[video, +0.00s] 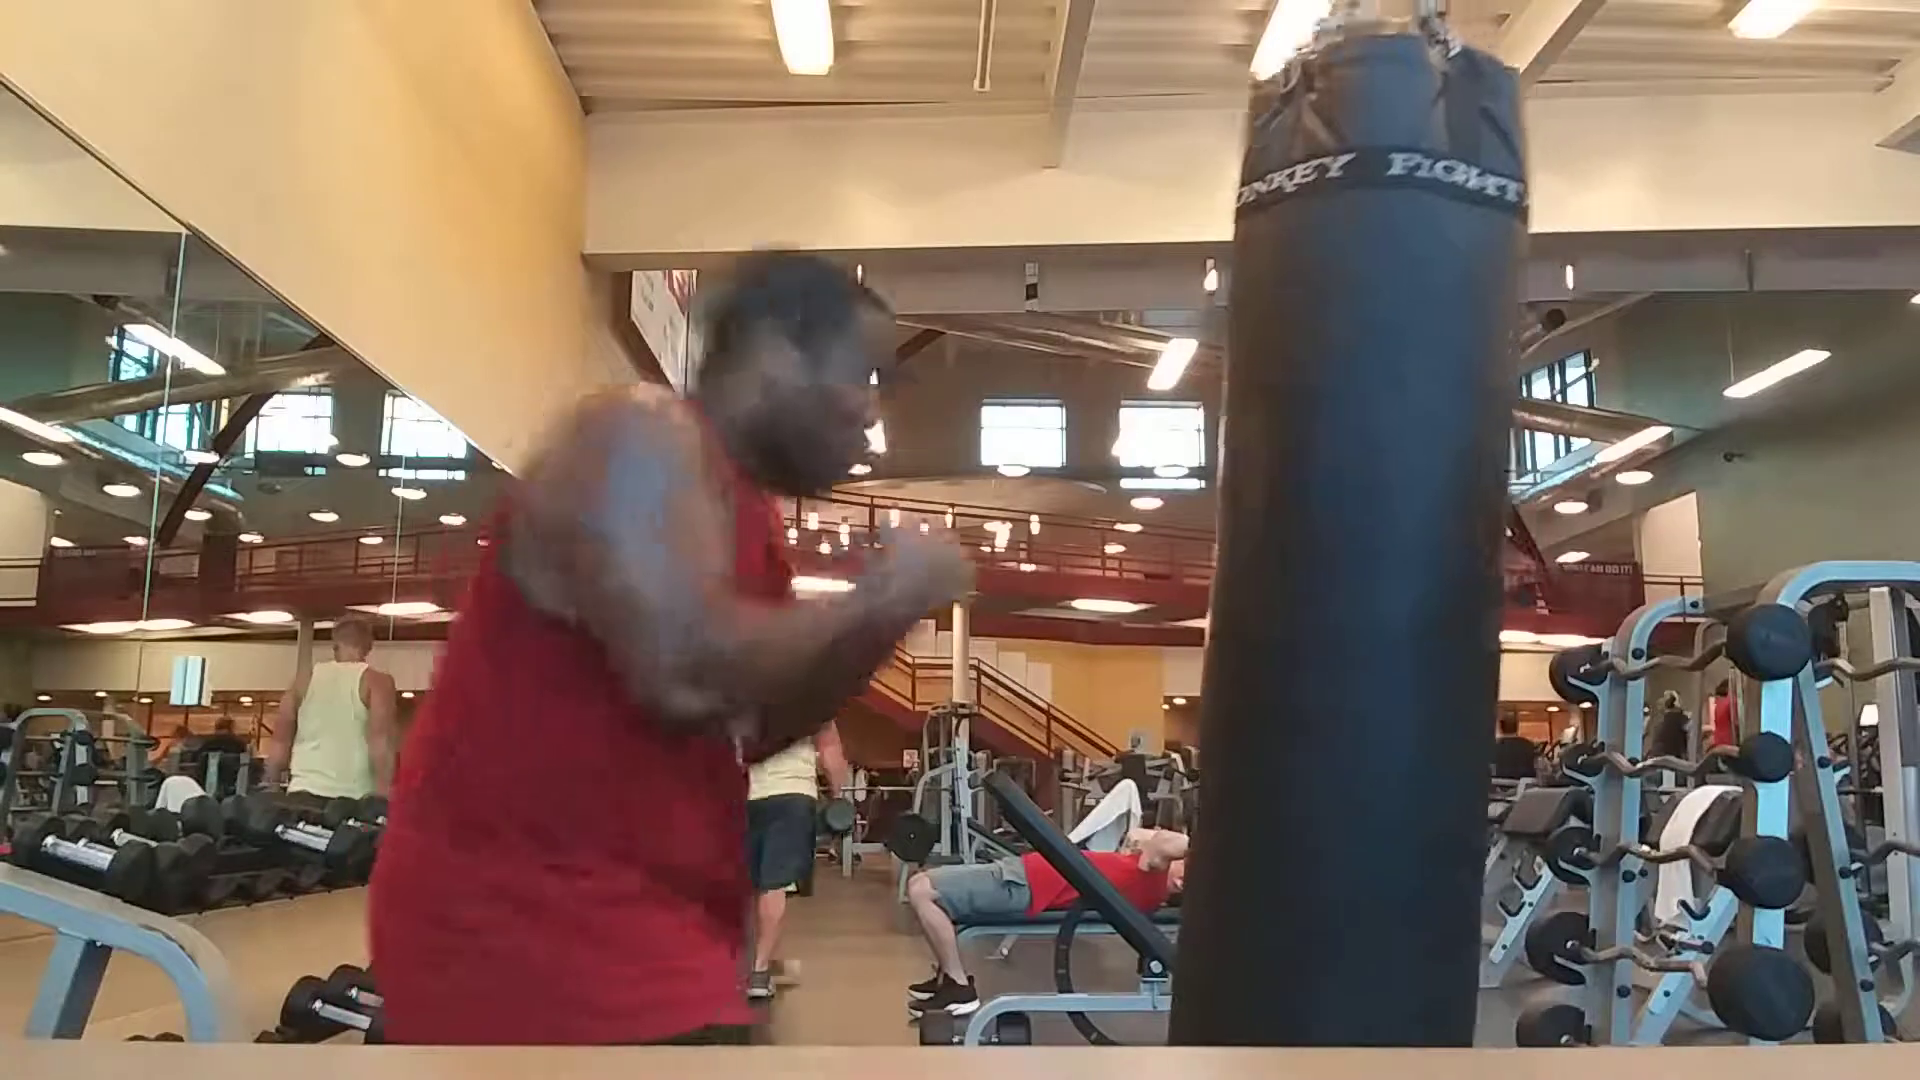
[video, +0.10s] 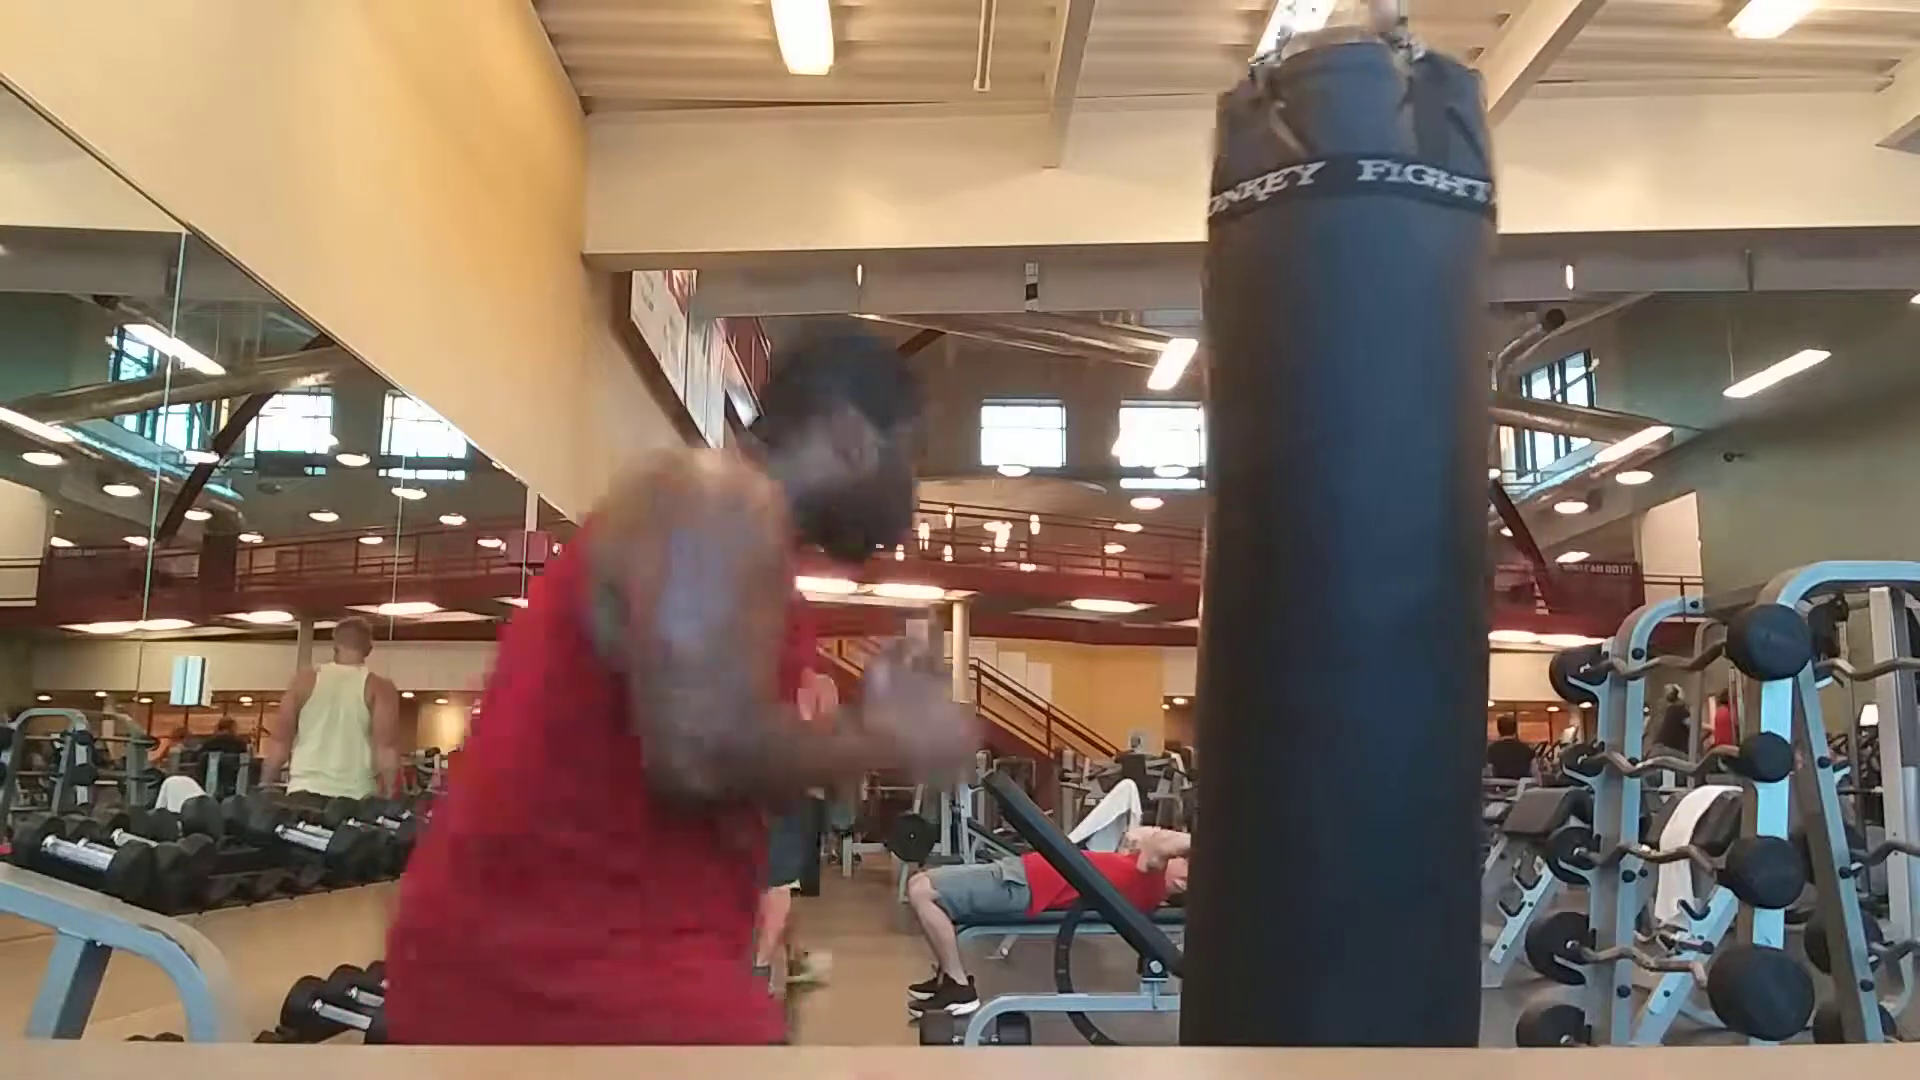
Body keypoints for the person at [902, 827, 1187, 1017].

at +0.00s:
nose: (1183, 863)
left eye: (1188, 866)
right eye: (1186, 861)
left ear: (1183, 878)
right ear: (1177, 864)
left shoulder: (1150, 884)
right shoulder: (1143, 871)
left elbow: (1156, 840)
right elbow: (1142, 836)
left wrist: (1193, 847)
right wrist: (1190, 848)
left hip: (1024, 885)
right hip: (1019, 872)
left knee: (922, 889)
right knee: (922, 881)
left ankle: (959, 985)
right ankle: (945, 977)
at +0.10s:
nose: (1181, 860)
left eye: (1186, 861)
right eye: (1186, 859)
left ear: (1182, 878)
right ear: (1176, 865)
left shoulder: (1146, 885)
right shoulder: (1138, 871)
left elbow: (1152, 843)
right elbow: (1134, 836)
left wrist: (1197, 843)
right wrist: (1191, 840)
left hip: (1025, 886)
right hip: (1020, 872)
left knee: (922, 889)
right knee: (923, 880)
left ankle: (959, 985)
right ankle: (945, 976)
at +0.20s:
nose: (1179, 857)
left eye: (1185, 858)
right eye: (1184, 855)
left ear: (1184, 877)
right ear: (1175, 861)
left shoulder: (1147, 886)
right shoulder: (1139, 870)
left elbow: (1145, 836)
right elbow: (1134, 833)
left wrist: (1196, 839)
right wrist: (1191, 838)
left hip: (1024, 887)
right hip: (1018, 870)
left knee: (922, 890)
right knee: (921, 881)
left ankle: (959, 985)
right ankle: (946, 976)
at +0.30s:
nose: (1176, 862)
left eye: (1183, 862)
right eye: (1181, 858)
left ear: (1184, 878)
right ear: (1172, 861)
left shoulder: (1148, 888)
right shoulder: (1145, 878)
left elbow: (1145, 832)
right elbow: (1134, 832)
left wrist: (1195, 825)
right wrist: (1191, 827)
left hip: (1026, 885)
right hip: (1023, 874)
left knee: (922, 889)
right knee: (923, 883)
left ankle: (959, 986)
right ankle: (946, 978)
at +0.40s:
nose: (1174, 859)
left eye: (1181, 862)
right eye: (1181, 859)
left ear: (1181, 878)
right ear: (1179, 867)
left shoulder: (1150, 885)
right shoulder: (1148, 878)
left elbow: (1148, 831)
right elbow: (1143, 831)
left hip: (1026, 884)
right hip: (1023, 873)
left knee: (921, 889)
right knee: (924, 881)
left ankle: (960, 985)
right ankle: (946, 977)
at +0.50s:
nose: (1172, 859)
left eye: (1179, 861)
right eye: (1178, 858)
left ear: (1179, 877)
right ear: (1173, 863)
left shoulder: (1149, 884)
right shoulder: (1145, 874)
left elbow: (1156, 822)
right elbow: (1140, 824)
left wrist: (1185, 798)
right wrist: (1181, 796)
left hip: (1025, 884)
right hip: (1021, 873)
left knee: (922, 888)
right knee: (923, 881)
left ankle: (960, 984)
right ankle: (945, 976)